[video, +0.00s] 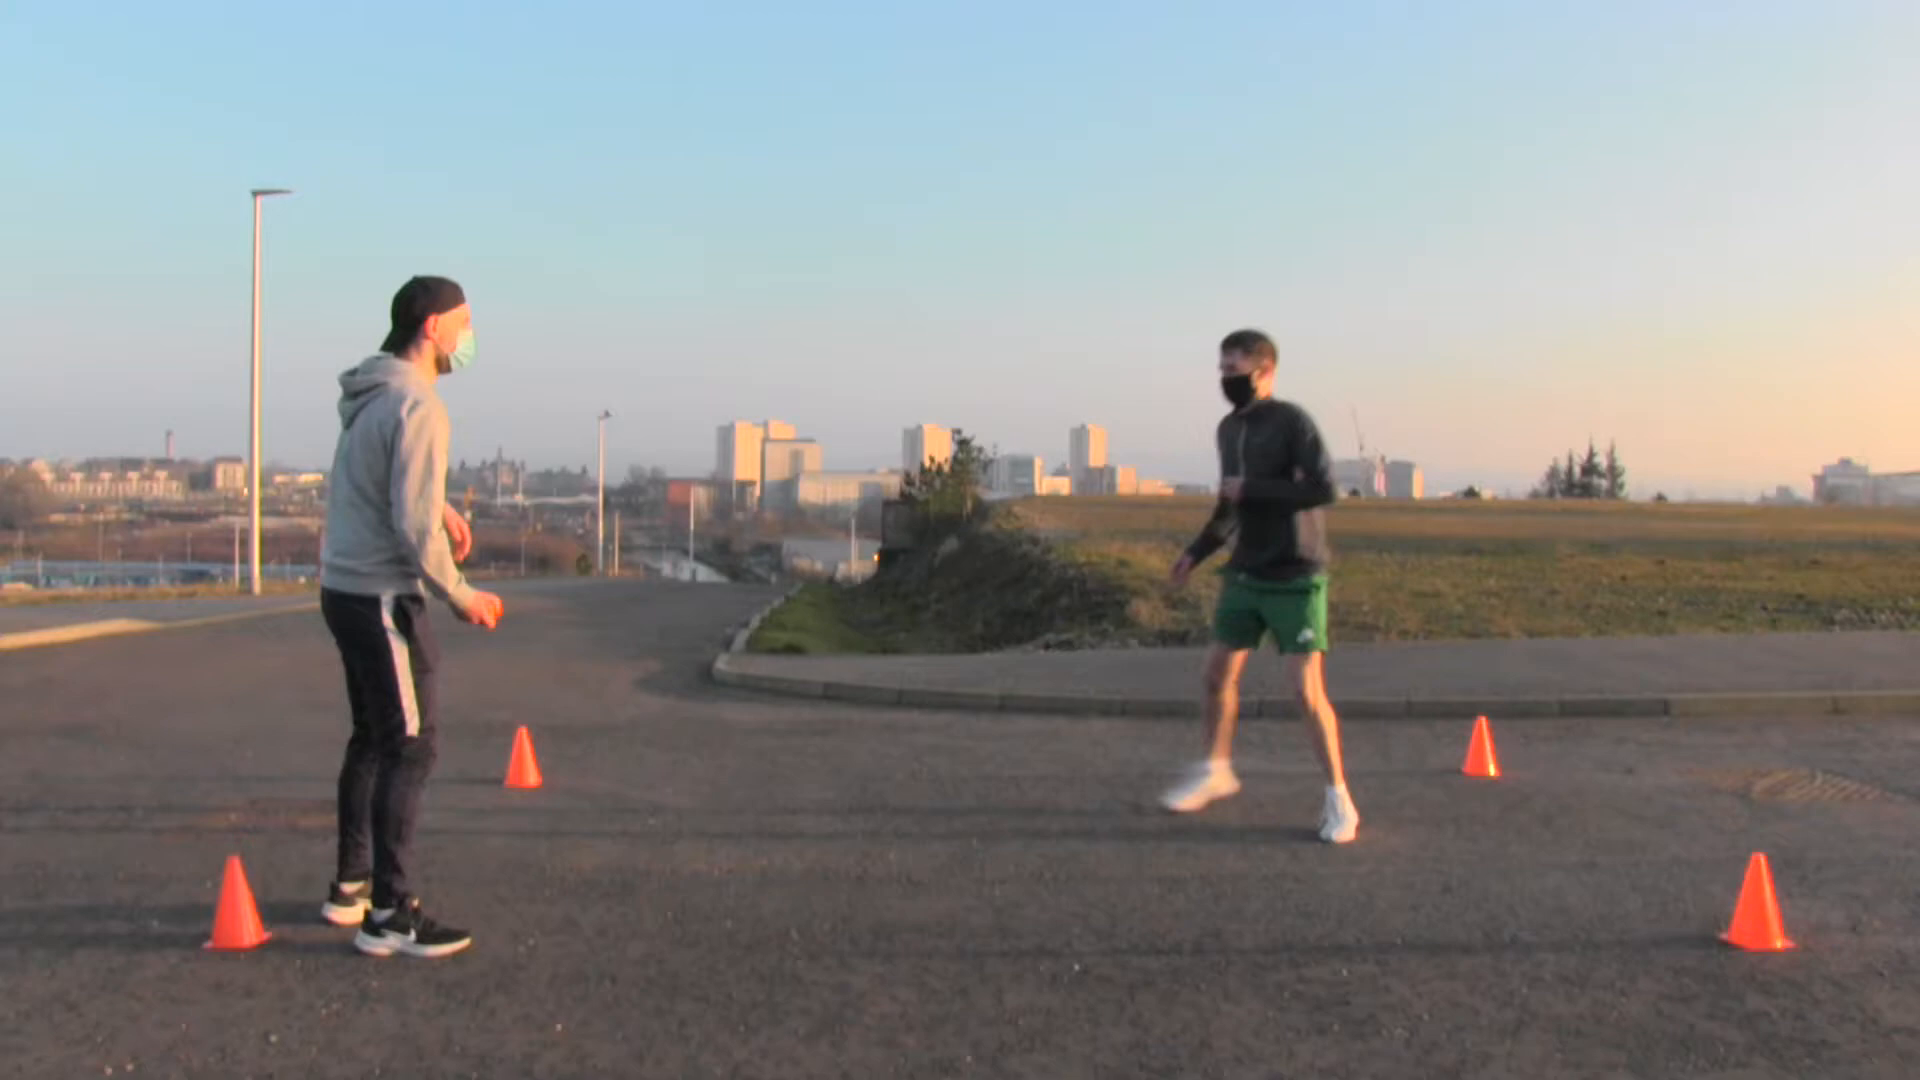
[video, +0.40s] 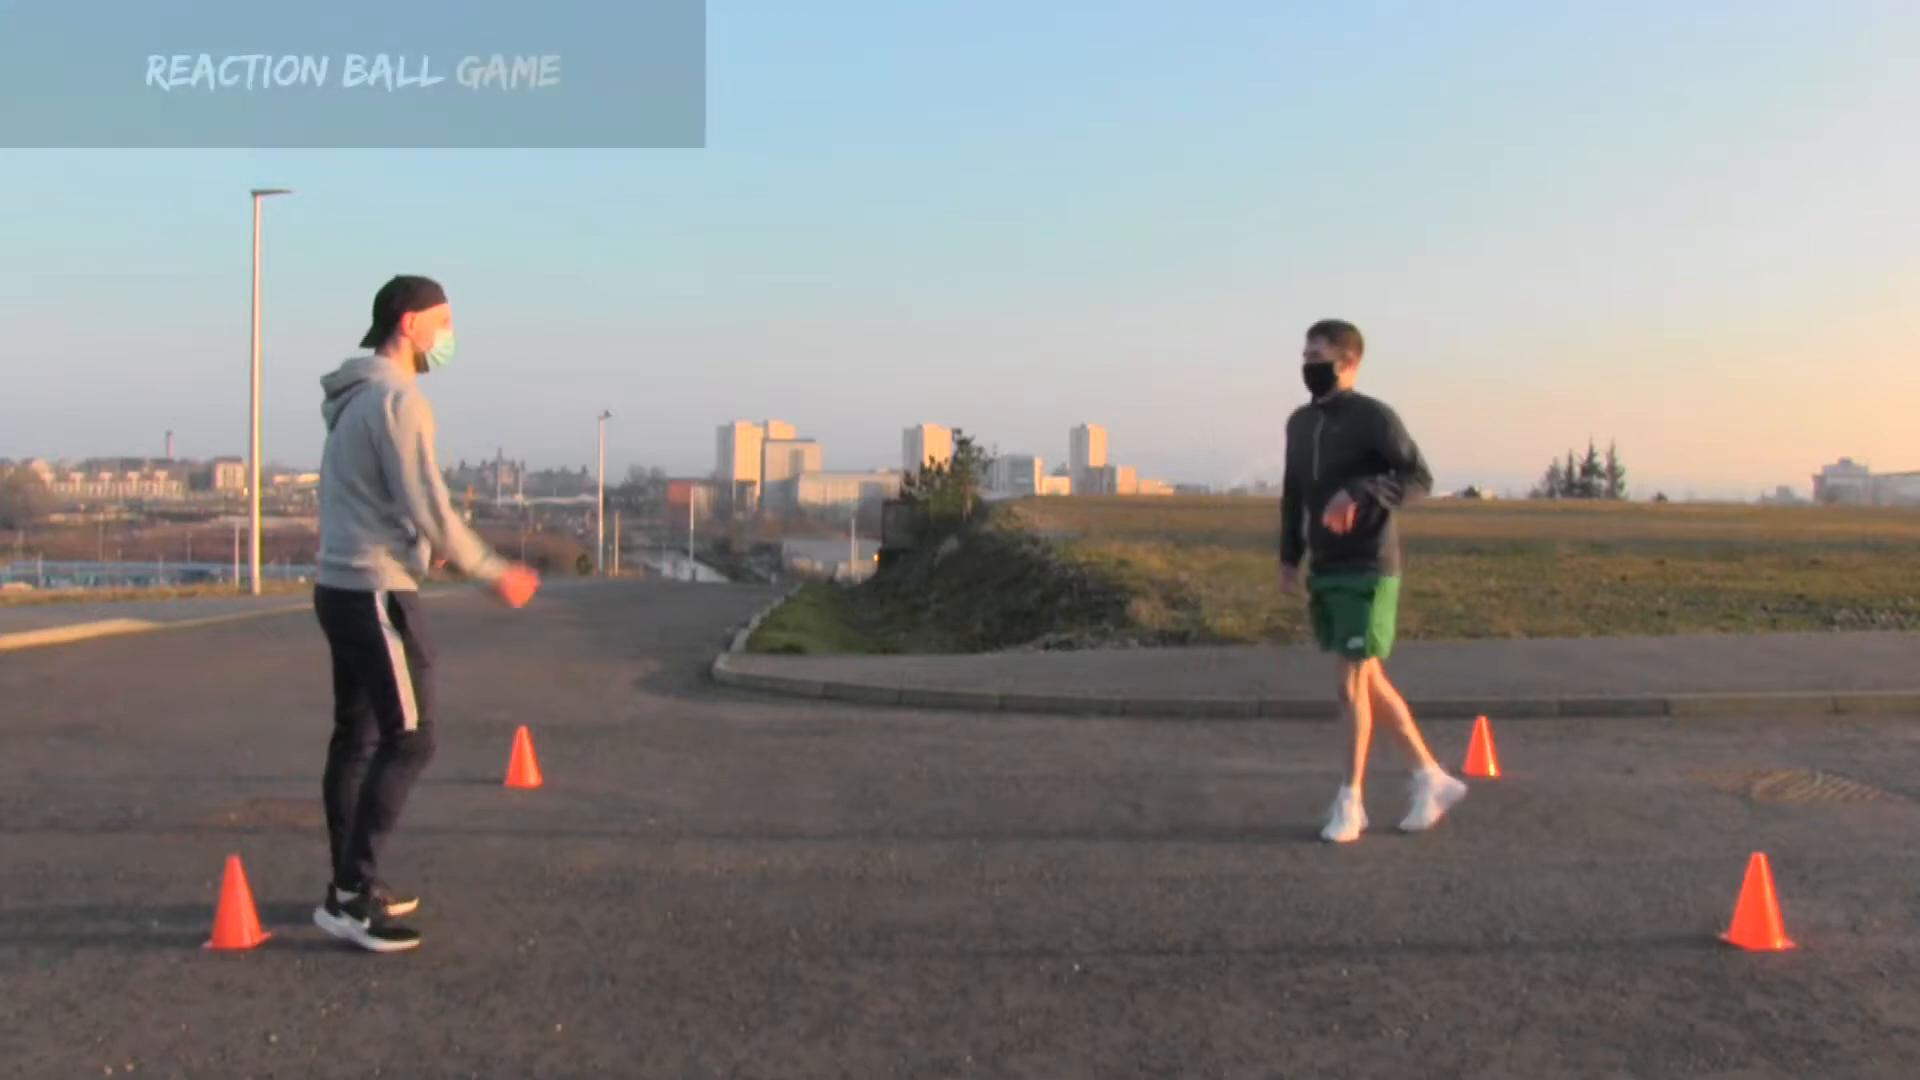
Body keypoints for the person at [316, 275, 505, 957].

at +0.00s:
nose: (470, 335)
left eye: (468, 322)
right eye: (463, 322)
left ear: (419, 326)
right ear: (432, 327)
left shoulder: (374, 393)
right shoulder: (418, 408)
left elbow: (384, 484)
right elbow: (414, 523)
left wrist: (440, 512)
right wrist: (465, 595)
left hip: (350, 588)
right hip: (382, 596)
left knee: (373, 737)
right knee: (411, 747)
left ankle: (352, 885)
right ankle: (390, 910)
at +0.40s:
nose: (449, 337)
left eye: (449, 325)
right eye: (442, 324)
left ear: (399, 324)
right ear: (409, 324)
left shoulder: (361, 394)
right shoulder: (398, 399)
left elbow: (380, 500)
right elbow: (429, 508)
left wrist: (434, 549)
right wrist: (498, 570)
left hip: (343, 586)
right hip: (374, 591)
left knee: (356, 734)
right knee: (411, 738)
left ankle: (351, 884)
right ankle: (353, 895)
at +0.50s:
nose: (446, 332)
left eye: (446, 320)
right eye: (439, 319)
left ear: (397, 320)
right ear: (403, 320)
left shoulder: (365, 388)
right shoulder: (395, 395)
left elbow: (372, 478)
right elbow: (462, 484)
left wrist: (424, 509)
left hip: (350, 584)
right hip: (367, 591)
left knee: (363, 735)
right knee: (393, 741)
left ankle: (351, 884)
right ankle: (346, 896)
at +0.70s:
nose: (447, 319)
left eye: (442, 307)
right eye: (437, 308)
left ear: (396, 323)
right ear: (406, 321)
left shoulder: (367, 393)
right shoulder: (401, 400)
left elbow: (375, 499)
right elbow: (431, 508)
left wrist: (430, 538)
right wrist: (499, 536)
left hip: (350, 589)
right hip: (373, 597)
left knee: (364, 740)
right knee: (381, 745)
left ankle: (349, 888)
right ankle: (340, 905)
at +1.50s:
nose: (530, 379)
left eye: (532, 367)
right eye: (527, 366)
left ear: (489, 358)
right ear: (496, 358)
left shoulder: (444, 411)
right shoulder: (478, 419)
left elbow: (425, 508)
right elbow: (464, 513)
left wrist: (455, 586)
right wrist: (481, 589)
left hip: (412, 591)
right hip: (419, 595)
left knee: (452, 727)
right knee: (426, 736)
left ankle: (378, 865)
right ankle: (356, 892)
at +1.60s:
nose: (541, 391)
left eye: (543, 381)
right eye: (538, 379)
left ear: (500, 369)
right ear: (506, 369)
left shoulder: (457, 419)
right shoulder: (492, 426)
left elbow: (458, 525)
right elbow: (471, 513)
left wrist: (522, 560)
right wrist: (472, 592)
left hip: (410, 597)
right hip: (434, 601)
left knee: (441, 736)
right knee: (479, 740)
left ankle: (380, 863)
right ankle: (389, 867)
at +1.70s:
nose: (568, 384)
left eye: (571, 374)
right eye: (565, 372)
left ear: (530, 362)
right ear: (532, 361)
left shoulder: (494, 408)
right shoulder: (510, 411)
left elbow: (502, 515)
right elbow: (480, 492)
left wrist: (571, 526)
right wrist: (474, 571)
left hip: (443, 587)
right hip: (481, 589)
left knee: (440, 724)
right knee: (535, 712)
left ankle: (377, 854)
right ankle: (464, 836)